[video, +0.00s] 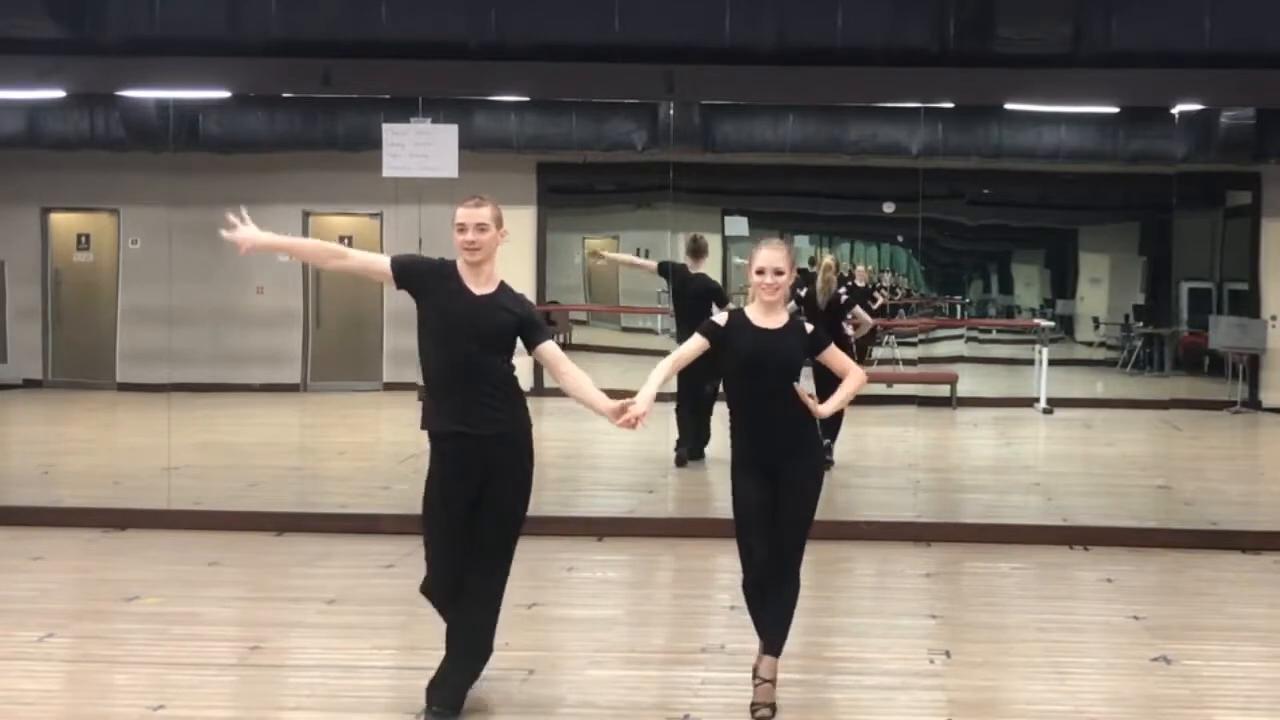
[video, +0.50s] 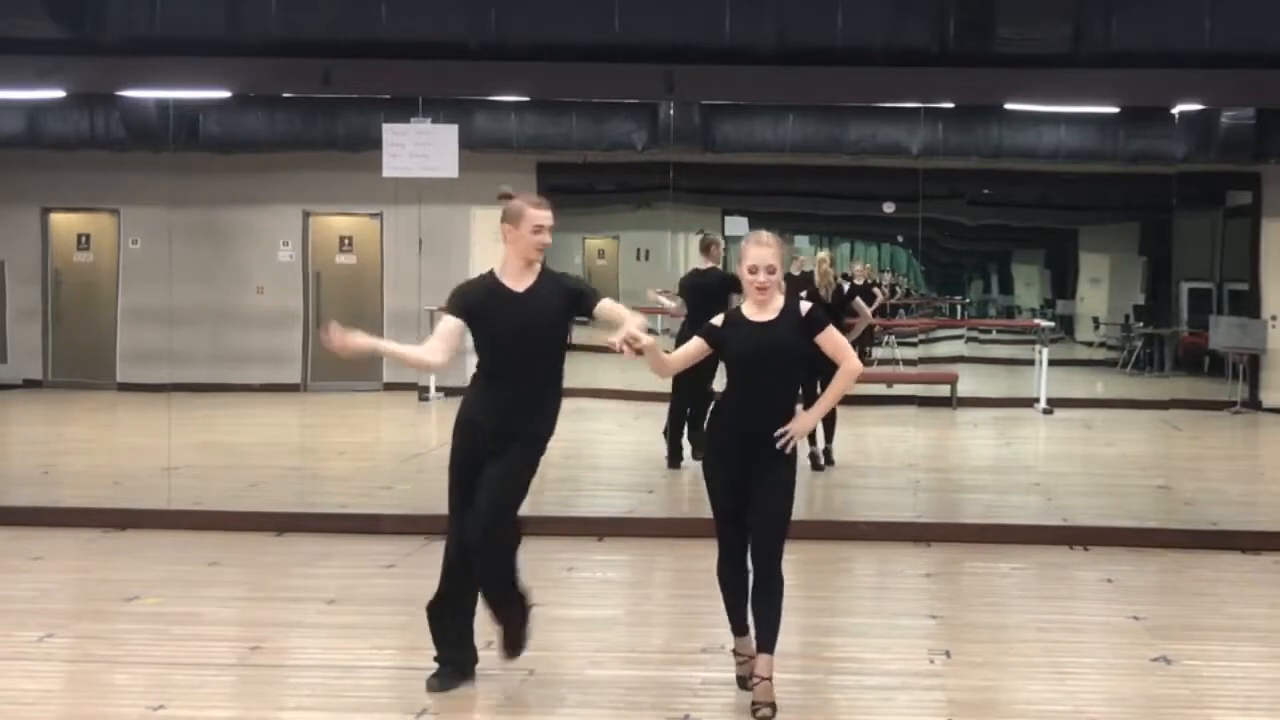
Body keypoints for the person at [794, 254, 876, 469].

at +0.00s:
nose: (828, 272)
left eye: (825, 268)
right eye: (831, 269)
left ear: (819, 271)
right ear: (836, 272)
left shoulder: (807, 293)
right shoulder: (842, 295)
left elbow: (785, 312)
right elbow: (868, 321)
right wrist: (853, 336)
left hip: (818, 349)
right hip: (841, 350)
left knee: (822, 397)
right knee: (838, 401)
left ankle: (824, 440)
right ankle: (829, 445)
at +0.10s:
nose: (828, 271)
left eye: (825, 267)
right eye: (831, 268)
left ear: (820, 271)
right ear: (836, 272)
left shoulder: (808, 294)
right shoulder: (843, 294)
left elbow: (788, 313)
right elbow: (869, 320)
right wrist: (852, 335)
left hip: (818, 350)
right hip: (840, 350)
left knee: (820, 398)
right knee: (837, 401)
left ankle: (820, 439)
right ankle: (830, 446)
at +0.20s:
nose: (826, 268)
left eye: (825, 265)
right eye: (828, 265)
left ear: (819, 269)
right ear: (836, 269)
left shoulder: (809, 293)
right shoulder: (844, 292)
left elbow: (794, 318)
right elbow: (869, 320)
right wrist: (853, 338)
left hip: (815, 349)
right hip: (838, 349)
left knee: (818, 400)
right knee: (835, 400)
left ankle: (817, 445)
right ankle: (829, 448)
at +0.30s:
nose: (825, 268)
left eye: (824, 264)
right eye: (827, 264)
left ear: (818, 267)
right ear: (836, 267)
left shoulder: (808, 292)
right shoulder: (844, 290)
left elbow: (797, 318)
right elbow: (868, 319)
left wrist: (803, 337)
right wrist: (852, 339)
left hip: (814, 350)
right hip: (838, 349)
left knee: (815, 401)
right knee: (833, 402)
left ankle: (815, 448)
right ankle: (829, 449)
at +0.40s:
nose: (824, 267)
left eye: (823, 263)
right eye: (825, 263)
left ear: (817, 267)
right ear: (834, 266)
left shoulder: (807, 291)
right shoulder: (843, 290)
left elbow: (795, 318)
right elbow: (867, 319)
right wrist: (850, 340)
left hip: (812, 351)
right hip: (837, 350)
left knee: (811, 402)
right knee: (831, 402)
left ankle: (813, 447)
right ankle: (828, 448)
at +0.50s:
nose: (823, 266)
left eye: (821, 262)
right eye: (825, 262)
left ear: (814, 265)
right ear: (832, 266)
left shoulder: (803, 287)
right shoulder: (839, 288)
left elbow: (791, 313)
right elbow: (866, 316)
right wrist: (849, 338)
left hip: (807, 350)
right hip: (832, 349)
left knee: (809, 400)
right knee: (829, 400)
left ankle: (813, 448)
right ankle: (828, 446)